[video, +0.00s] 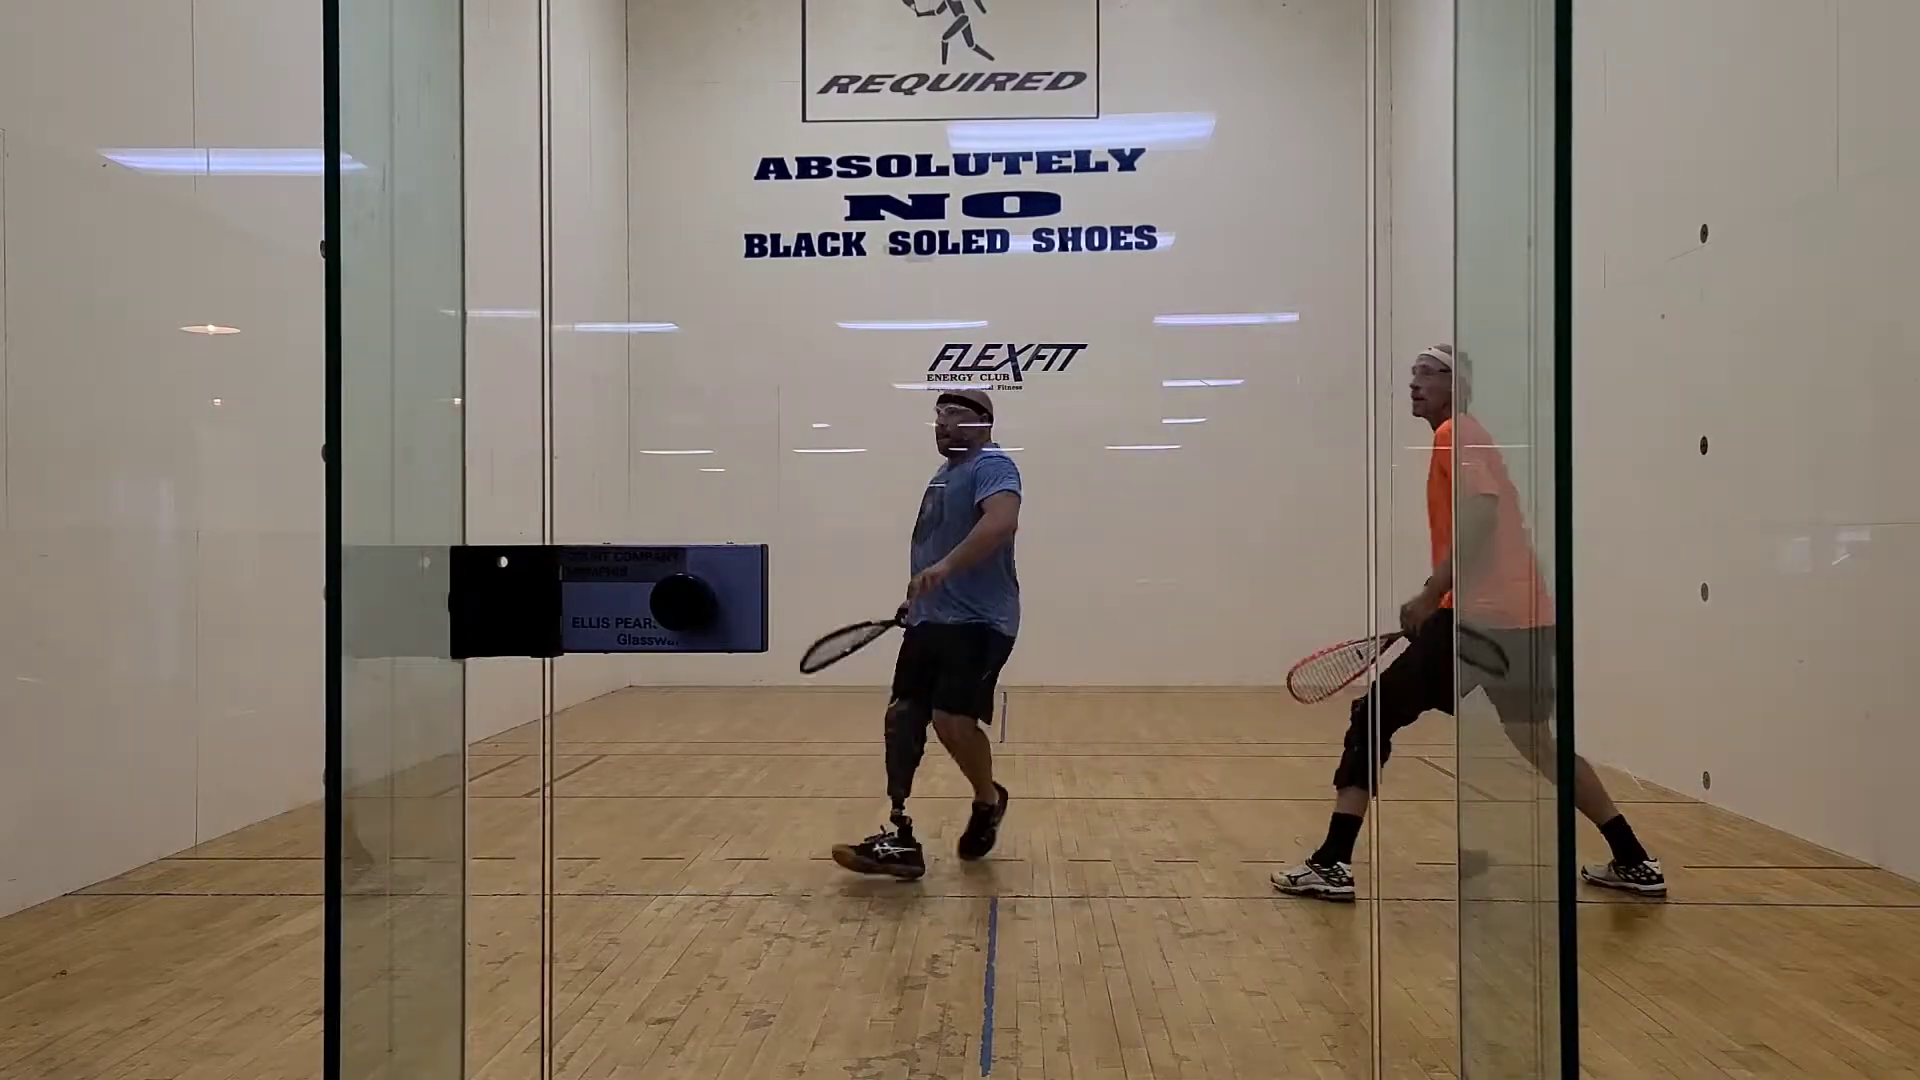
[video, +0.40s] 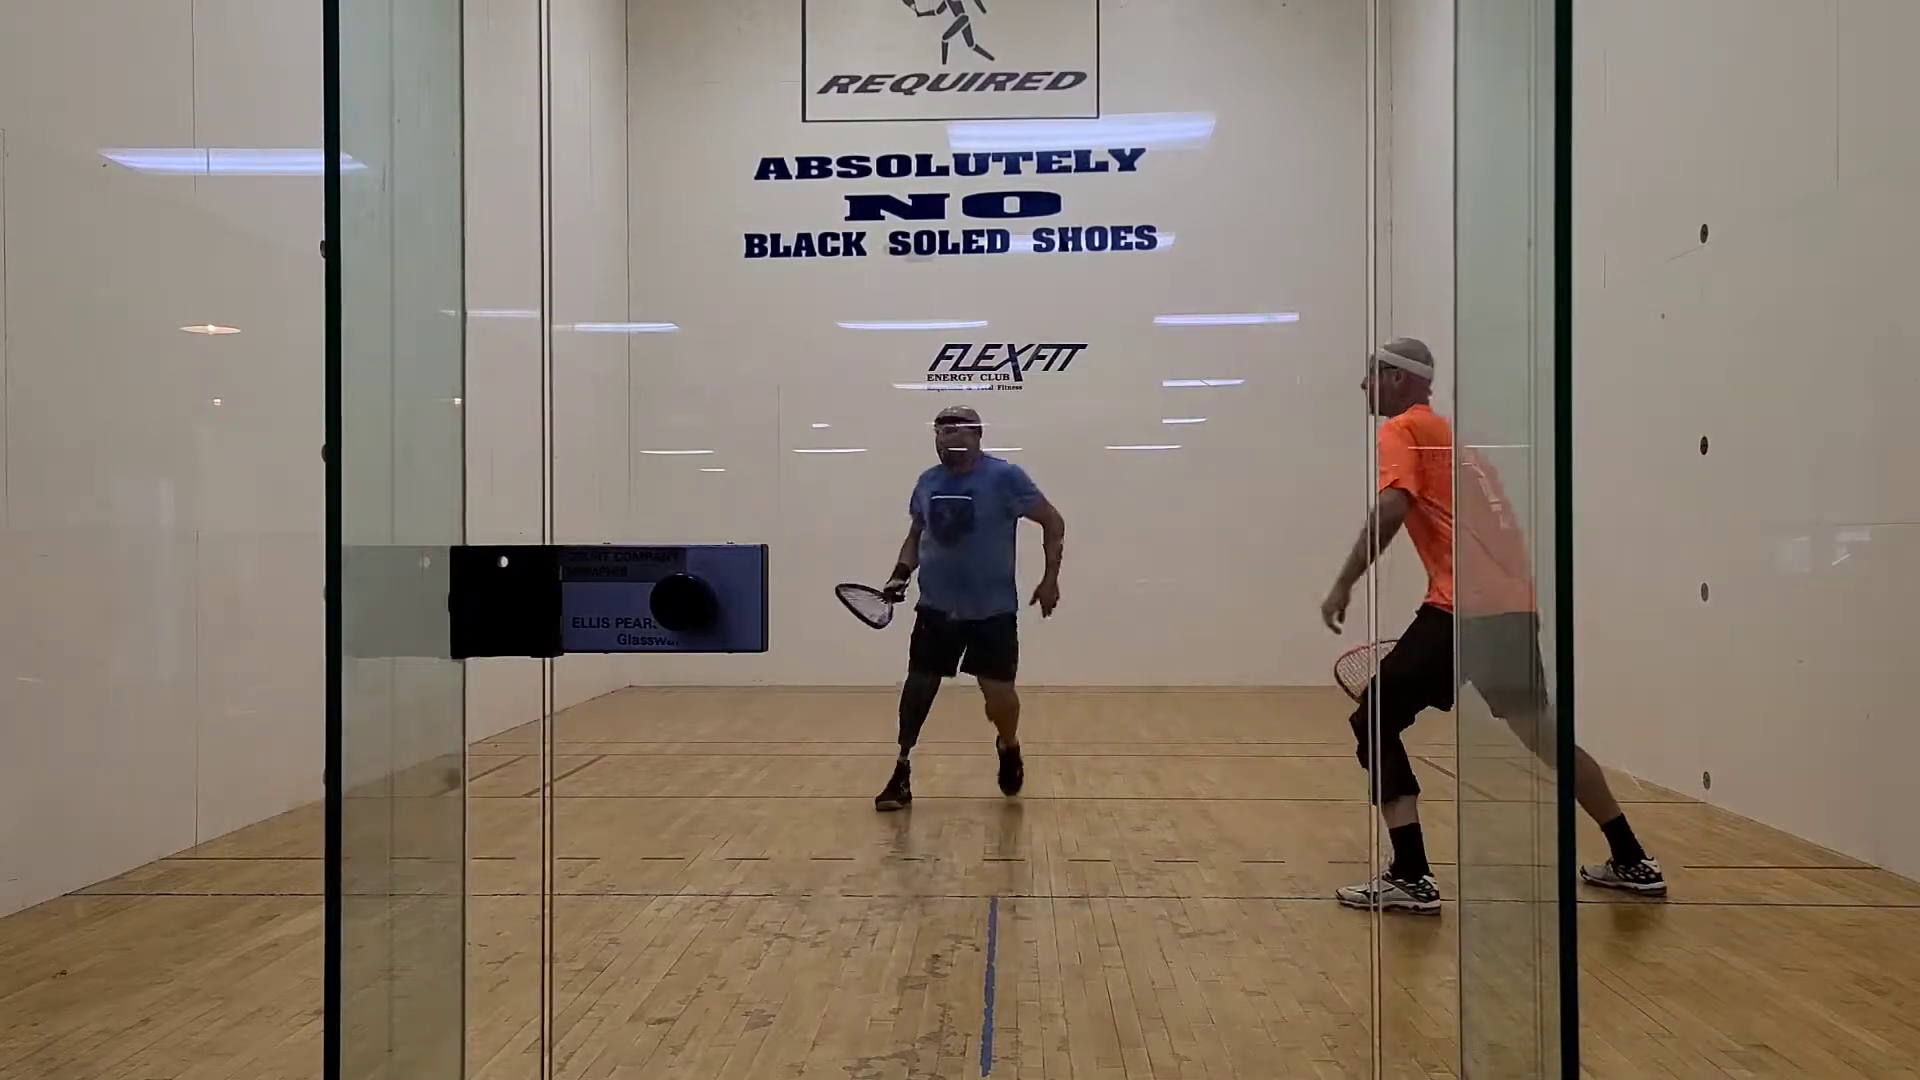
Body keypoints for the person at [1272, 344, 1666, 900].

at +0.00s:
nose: (1411, 385)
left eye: (1422, 377)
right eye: (1412, 377)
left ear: (1453, 384)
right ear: (1448, 388)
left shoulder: (1456, 434)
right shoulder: (1472, 437)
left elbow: (1478, 523)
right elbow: (1482, 540)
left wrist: (1430, 594)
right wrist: (1431, 608)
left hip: (1481, 618)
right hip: (1522, 620)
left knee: (1374, 713)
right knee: (1536, 740)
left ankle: (1332, 862)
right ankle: (1633, 859)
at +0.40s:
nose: (1368, 391)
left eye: (1373, 380)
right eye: (1369, 380)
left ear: (1397, 381)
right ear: (1422, 383)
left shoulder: (1402, 427)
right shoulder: (1456, 437)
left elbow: (1393, 507)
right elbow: (1490, 532)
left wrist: (1342, 583)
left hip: (1459, 611)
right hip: (1512, 613)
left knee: (1373, 717)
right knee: (1548, 737)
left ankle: (1411, 875)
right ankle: (1633, 861)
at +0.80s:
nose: (1223, 368)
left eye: (1227, 358)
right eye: (1225, 358)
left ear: (1244, 361)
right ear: (1277, 361)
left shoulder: (1243, 414)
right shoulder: (1328, 411)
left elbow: (1232, 506)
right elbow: (1375, 490)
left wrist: (1216, 546)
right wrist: (1399, 564)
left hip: (1331, 582)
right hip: (1369, 574)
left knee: (1338, 732)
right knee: (1290, 685)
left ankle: (1408, 874)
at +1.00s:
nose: (1164, 389)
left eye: (1165, 380)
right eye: (1168, 379)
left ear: (1171, 380)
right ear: (1214, 379)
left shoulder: (1173, 425)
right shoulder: (1255, 430)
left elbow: (1154, 512)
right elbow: (1300, 505)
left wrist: (1159, 561)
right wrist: (1324, 579)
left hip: (1247, 596)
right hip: (1281, 590)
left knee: (1291, 739)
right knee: (1188, 701)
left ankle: (1394, 856)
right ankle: (1139, 836)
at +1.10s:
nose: (1133, 391)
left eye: (1137, 383)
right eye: (1136, 382)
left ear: (1150, 384)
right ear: (1180, 388)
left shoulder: (1140, 422)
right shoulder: (1212, 440)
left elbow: (1124, 502)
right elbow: (1256, 519)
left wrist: (1116, 580)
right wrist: (1277, 597)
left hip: (1201, 596)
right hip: (1230, 594)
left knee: (1210, 742)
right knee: (1138, 698)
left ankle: (1340, 833)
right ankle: (1130, 840)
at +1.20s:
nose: (1108, 394)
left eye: (1110, 387)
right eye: (1113, 387)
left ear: (1113, 386)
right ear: (1154, 390)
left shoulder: (1109, 419)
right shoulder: (1186, 443)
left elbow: (1091, 506)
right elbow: (1222, 529)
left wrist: (1077, 591)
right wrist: (1229, 600)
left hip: (1156, 586)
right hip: (1201, 589)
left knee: (1130, 725)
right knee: (1128, 715)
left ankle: (1254, 814)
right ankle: (1128, 839)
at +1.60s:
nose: (1018, 402)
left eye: (1017, 394)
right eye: (1024, 393)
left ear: (1019, 392)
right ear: (1065, 395)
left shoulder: (1015, 425)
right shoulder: (1100, 446)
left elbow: (992, 489)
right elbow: (1129, 533)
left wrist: (966, 572)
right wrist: (1083, 577)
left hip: (1046, 585)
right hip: (1109, 594)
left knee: (973, 707)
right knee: (1082, 702)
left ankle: (942, 856)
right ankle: (1117, 840)